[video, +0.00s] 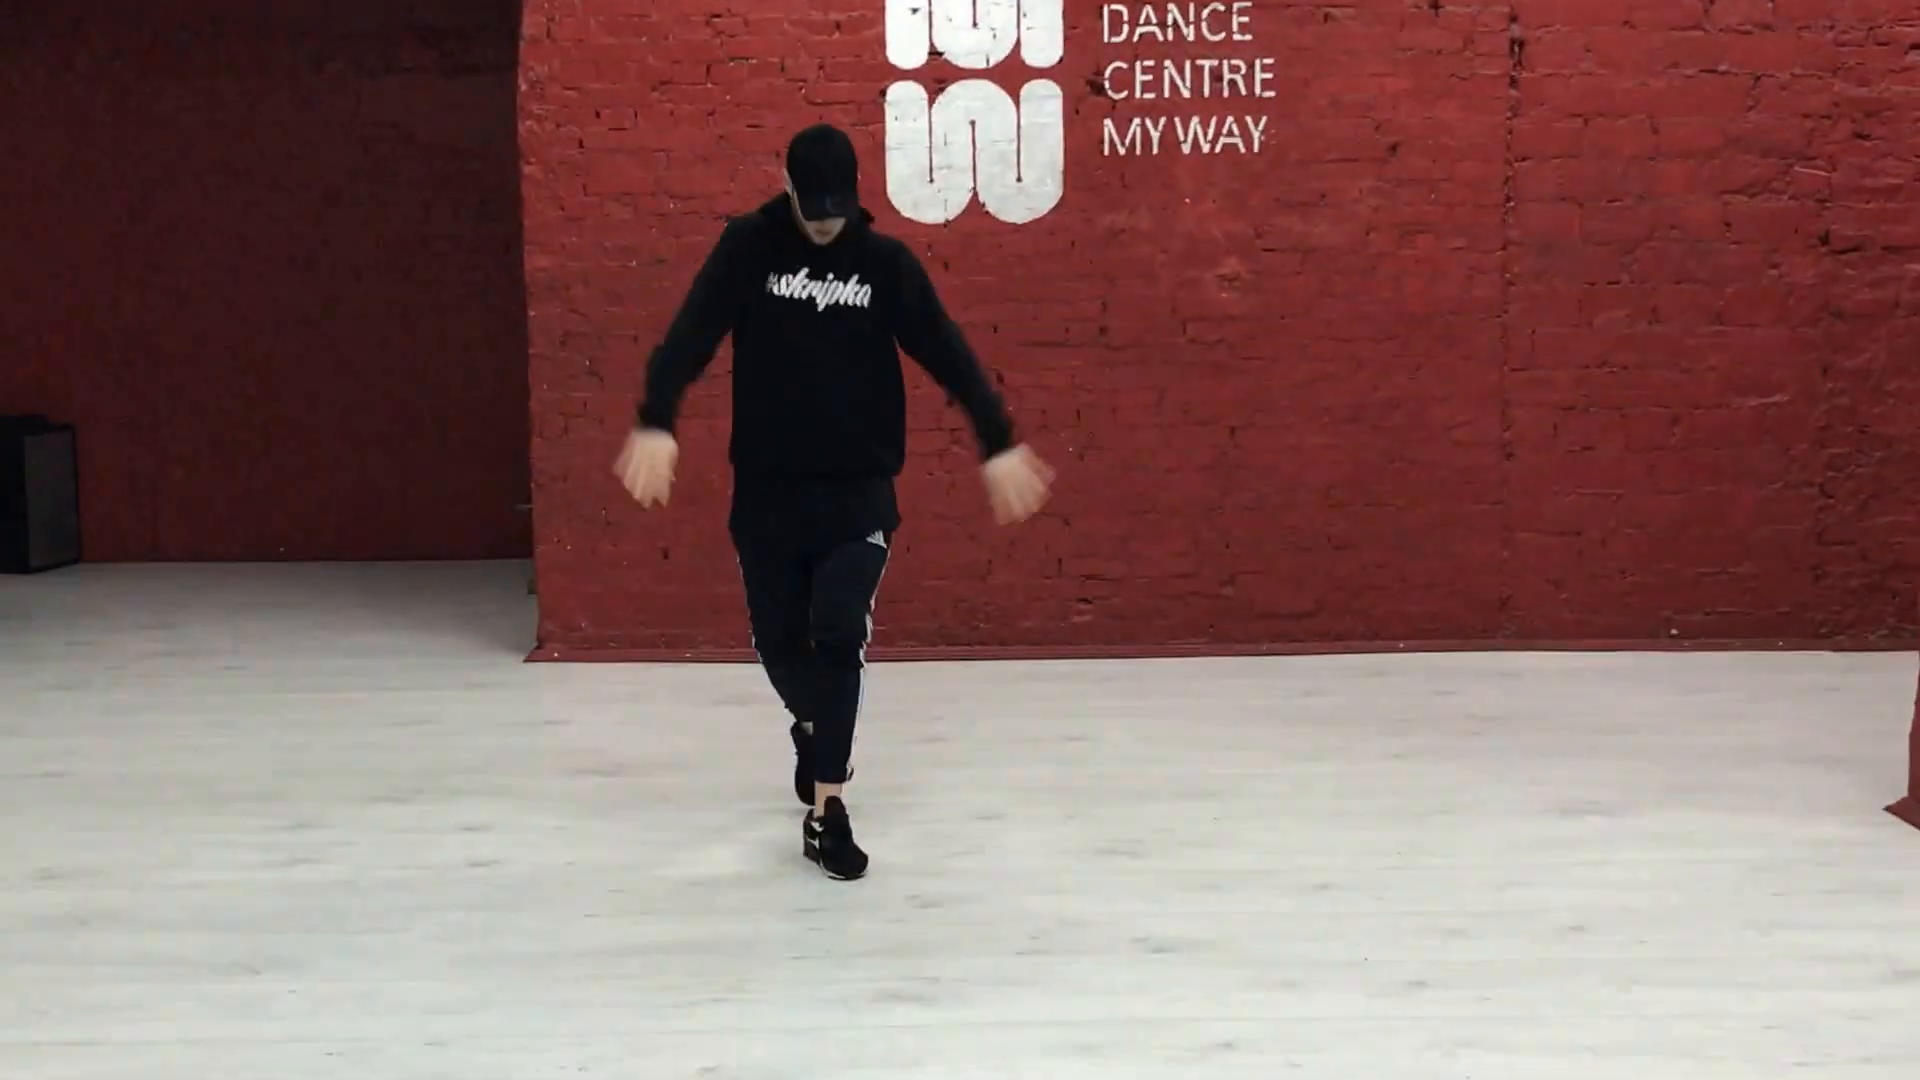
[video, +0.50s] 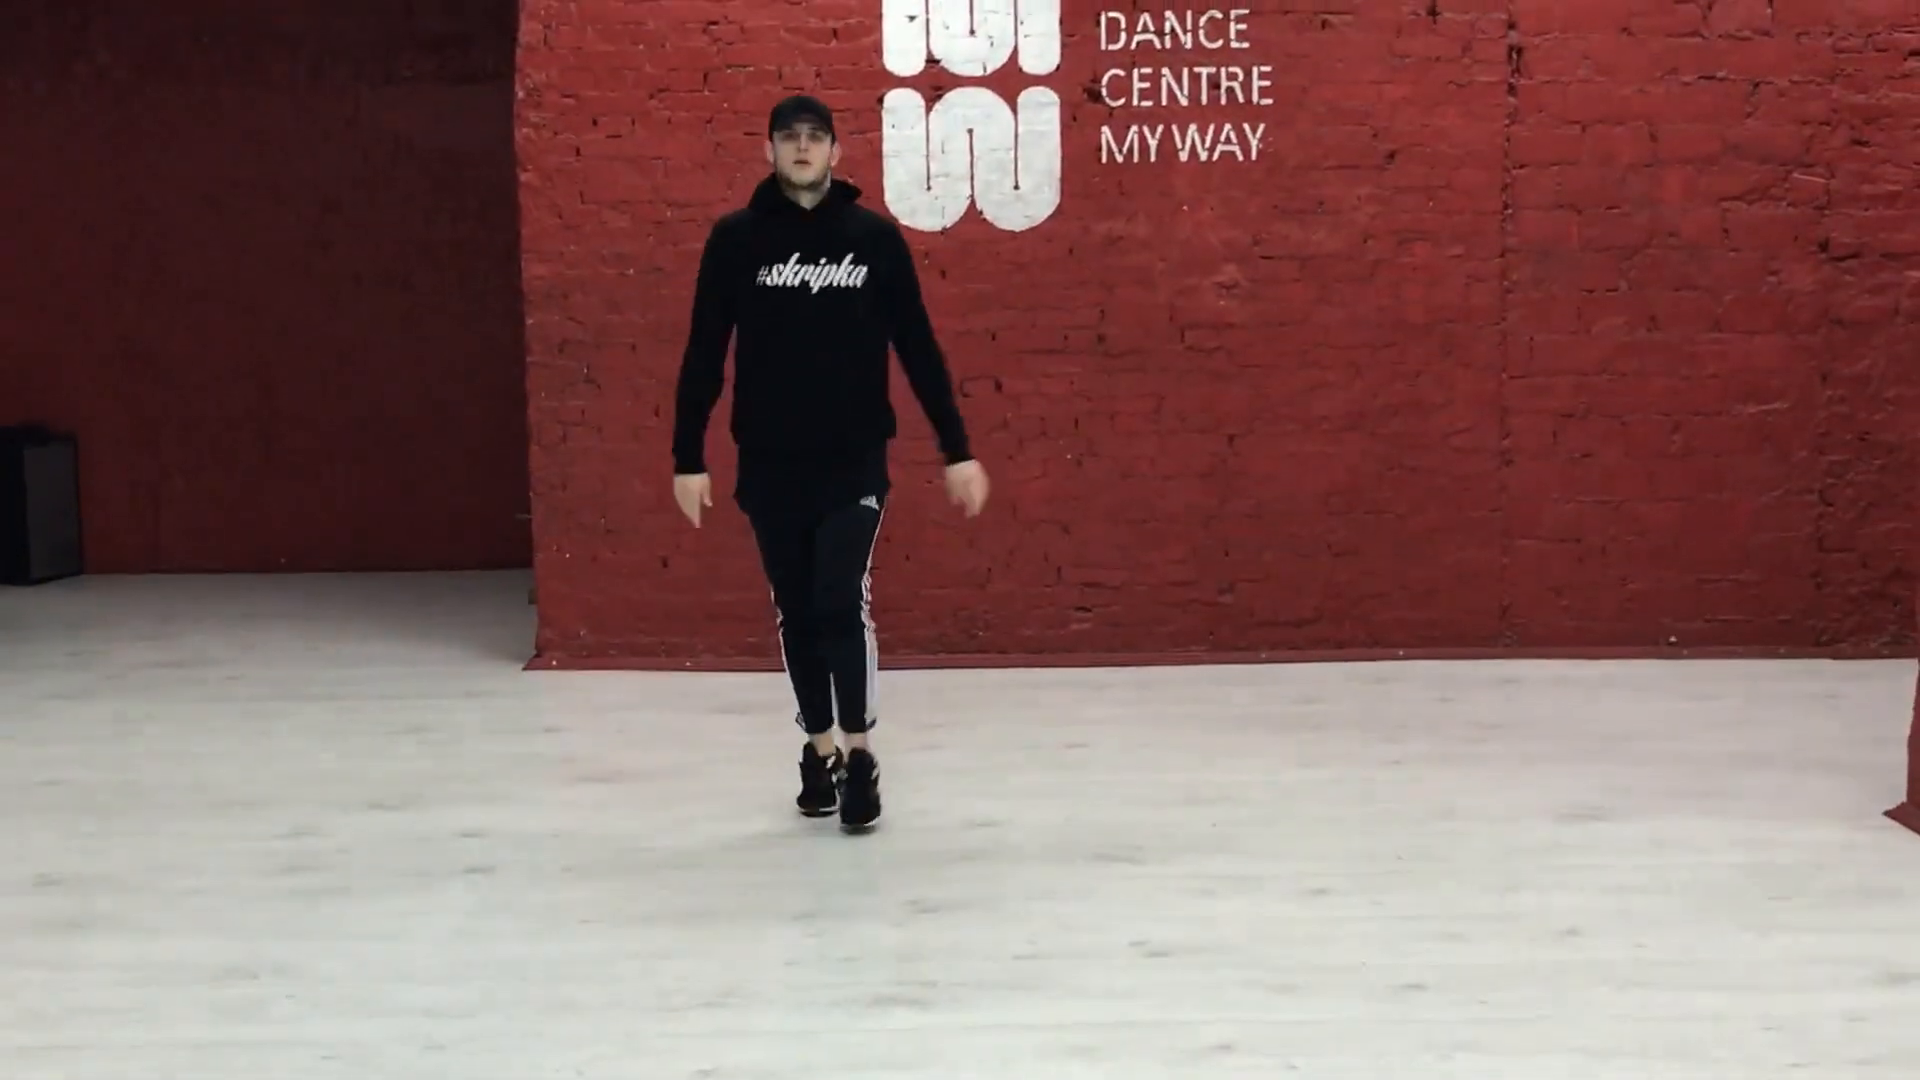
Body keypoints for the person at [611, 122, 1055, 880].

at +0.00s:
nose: (823, 227)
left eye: (834, 215)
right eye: (811, 214)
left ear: (854, 199)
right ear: (789, 194)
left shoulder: (887, 264)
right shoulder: (748, 247)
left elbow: (949, 355)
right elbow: (692, 334)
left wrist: (998, 442)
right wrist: (657, 419)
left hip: (858, 487)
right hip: (766, 485)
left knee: (840, 633)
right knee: (779, 647)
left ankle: (827, 801)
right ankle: (813, 722)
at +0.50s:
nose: (802, 150)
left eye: (815, 139)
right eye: (790, 139)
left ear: (834, 151)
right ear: (770, 151)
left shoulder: (876, 238)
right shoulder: (735, 239)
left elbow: (918, 346)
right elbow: (705, 351)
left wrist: (956, 449)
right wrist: (687, 457)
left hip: (853, 454)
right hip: (769, 456)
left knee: (839, 603)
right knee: (796, 611)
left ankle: (858, 756)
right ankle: (820, 751)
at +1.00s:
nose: (829, 210)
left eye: (840, 198)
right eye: (815, 199)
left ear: (858, 209)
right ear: (797, 211)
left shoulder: (896, 300)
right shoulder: (763, 299)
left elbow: (906, 410)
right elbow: (763, 411)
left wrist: (831, 455)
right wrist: (827, 481)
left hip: (880, 499)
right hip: (796, 498)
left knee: (873, 647)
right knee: (818, 646)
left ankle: (874, 771)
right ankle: (817, 786)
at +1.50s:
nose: (886, 275)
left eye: (897, 261)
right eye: (877, 258)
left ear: (909, 251)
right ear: (846, 238)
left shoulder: (917, 307)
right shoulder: (792, 306)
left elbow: (967, 378)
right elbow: (720, 390)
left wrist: (1030, 442)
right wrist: (644, 470)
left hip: (903, 522)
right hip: (817, 523)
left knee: (914, 663)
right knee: (815, 670)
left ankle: (870, 799)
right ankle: (783, 810)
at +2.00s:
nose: (928, 367)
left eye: (938, 355)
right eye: (918, 353)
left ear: (949, 338)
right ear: (887, 329)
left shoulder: (964, 374)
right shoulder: (837, 373)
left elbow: (1036, 371)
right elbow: (743, 407)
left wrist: (1114, 336)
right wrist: (744, 382)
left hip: (965, 588)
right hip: (874, 595)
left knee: (1041, 707)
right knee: (849, 737)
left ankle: (1051, 867)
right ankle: (890, 884)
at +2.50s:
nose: (882, 448)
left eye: (892, 437)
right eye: (871, 438)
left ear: (909, 414)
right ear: (847, 415)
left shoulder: (935, 444)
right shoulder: (803, 455)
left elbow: (1018, 516)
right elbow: (690, 494)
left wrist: (961, 514)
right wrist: (684, 570)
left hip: (916, 652)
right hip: (846, 650)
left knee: (835, 796)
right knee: (879, 783)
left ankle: (720, 872)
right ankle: (874, 916)